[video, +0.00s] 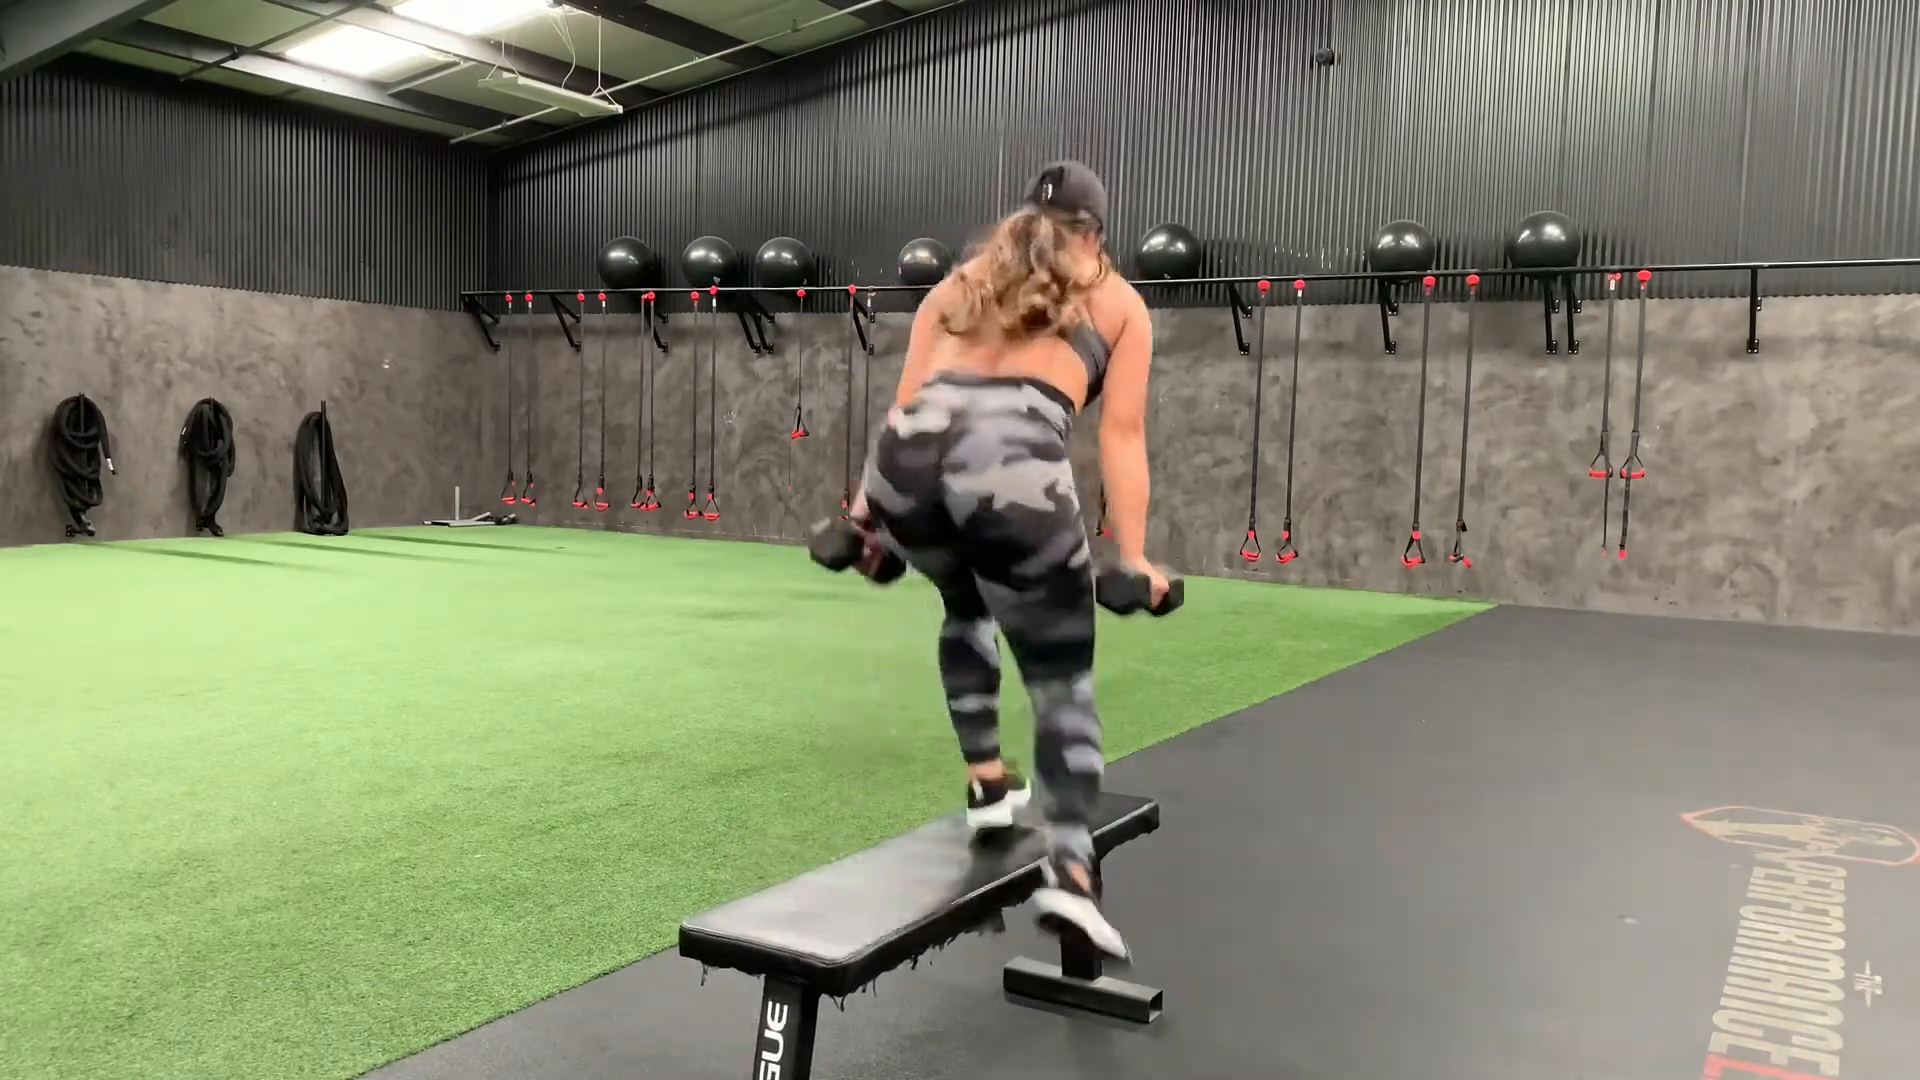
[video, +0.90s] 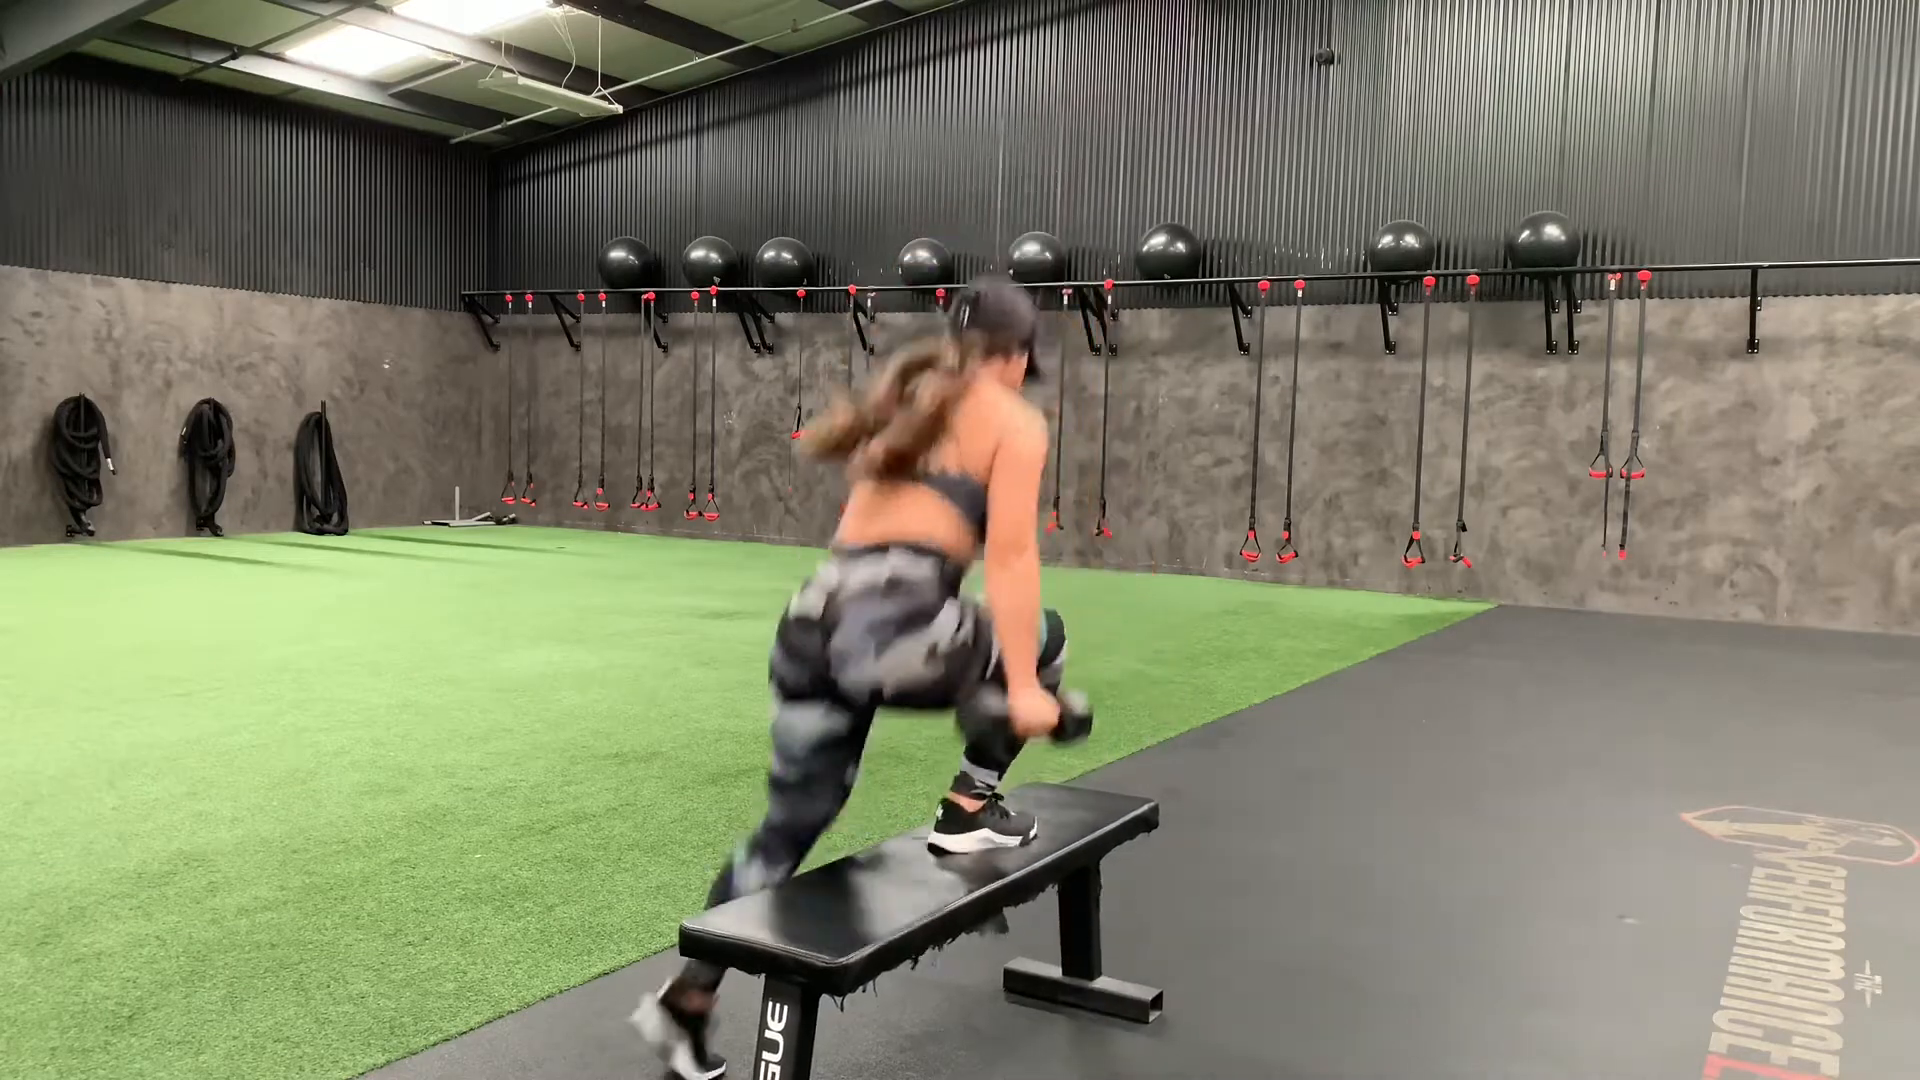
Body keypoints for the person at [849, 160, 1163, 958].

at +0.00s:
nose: (1097, 243)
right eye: (1098, 230)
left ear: (1021, 223)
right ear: (1098, 231)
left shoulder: (953, 288)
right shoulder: (1120, 303)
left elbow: (906, 407)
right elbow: (1121, 433)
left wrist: (866, 509)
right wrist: (1128, 560)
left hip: (909, 470)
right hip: (1016, 470)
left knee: (966, 608)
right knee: (1060, 681)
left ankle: (988, 783)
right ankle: (1070, 870)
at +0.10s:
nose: (1108, 310)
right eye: (1104, 298)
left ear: (1010, 296)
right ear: (1096, 301)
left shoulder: (953, 366)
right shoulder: (1118, 379)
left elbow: (907, 494)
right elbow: (1125, 513)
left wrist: (864, 605)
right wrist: (1146, 635)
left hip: (935, 568)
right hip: (1044, 571)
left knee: (974, 640)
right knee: (1075, 802)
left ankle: (993, 797)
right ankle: (1106, 1007)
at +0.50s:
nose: (1062, 263)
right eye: (1065, 252)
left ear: (993, 243)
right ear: (1062, 250)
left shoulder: (944, 312)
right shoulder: (1085, 320)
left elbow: (905, 435)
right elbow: (1104, 448)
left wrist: (898, 568)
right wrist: (1129, 572)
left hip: (907, 505)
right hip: (1003, 505)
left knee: (971, 618)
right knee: (1062, 711)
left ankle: (987, 788)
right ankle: (1069, 911)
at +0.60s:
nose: (1059, 231)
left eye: (1053, 219)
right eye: (1059, 219)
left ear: (990, 208)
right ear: (1054, 215)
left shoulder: (938, 263)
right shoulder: (1073, 277)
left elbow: (889, 387)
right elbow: (1087, 404)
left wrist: (866, 523)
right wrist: (1102, 528)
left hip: (872, 456)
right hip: (974, 458)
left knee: (949, 592)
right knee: (1053, 620)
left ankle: (940, 771)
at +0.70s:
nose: (1054, 234)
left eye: (1053, 221)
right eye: (1053, 220)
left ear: (983, 207)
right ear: (1042, 215)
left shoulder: (927, 263)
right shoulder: (1056, 277)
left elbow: (889, 385)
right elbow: (1063, 407)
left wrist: (860, 538)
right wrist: (1075, 534)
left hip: (849, 461)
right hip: (949, 460)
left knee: (926, 612)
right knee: (1044, 604)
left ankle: (839, 778)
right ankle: (982, 782)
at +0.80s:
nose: (1040, 283)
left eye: (1041, 271)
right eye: (1042, 270)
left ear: (974, 252)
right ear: (1031, 265)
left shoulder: (913, 307)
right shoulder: (1038, 324)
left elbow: (881, 430)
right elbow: (1037, 457)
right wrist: (1048, 583)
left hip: (832, 532)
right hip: (923, 530)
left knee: (856, 709)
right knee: (1039, 624)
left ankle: (745, 880)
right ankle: (966, 806)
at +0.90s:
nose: (1027, 371)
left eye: (1027, 358)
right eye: (1028, 359)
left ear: (962, 345)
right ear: (1014, 358)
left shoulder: (904, 400)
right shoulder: (1013, 420)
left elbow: (864, 524)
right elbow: (1010, 556)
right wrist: (1023, 685)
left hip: (816, 628)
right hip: (898, 631)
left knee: (789, 825)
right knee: (1043, 633)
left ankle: (687, 997)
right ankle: (969, 811)